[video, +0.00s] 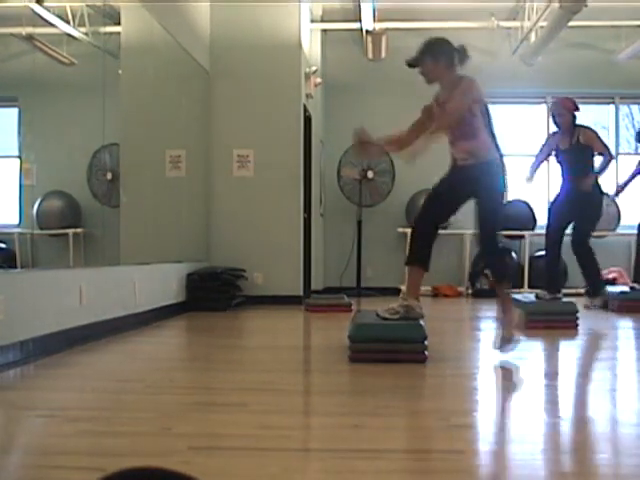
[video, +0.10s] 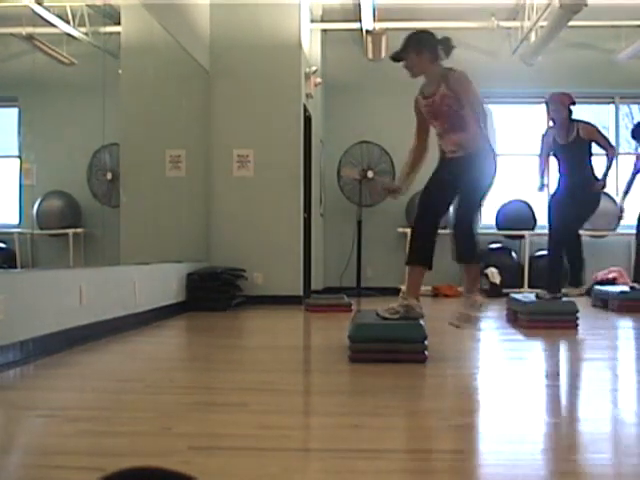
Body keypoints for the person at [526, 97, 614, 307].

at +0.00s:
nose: (558, 120)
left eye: (561, 115)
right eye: (555, 116)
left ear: (572, 115)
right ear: (552, 118)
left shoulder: (586, 134)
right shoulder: (554, 139)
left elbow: (608, 156)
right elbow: (540, 158)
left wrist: (596, 175)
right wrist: (531, 174)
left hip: (589, 194)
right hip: (567, 193)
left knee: (579, 241)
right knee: (552, 237)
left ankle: (596, 291)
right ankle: (552, 289)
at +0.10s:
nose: (553, 112)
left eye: (557, 107)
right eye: (551, 108)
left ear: (567, 108)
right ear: (549, 111)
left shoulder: (585, 130)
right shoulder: (549, 136)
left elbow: (611, 152)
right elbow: (544, 159)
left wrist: (603, 179)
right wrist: (542, 181)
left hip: (587, 188)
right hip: (564, 188)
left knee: (568, 229)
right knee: (556, 236)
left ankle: (576, 282)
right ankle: (553, 287)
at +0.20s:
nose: (552, 115)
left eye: (556, 111)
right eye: (549, 111)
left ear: (567, 111)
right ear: (546, 113)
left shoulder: (585, 128)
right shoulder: (547, 136)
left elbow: (607, 144)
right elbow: (549, 161)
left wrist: (606, 171)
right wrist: (548, 182)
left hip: (586, 186)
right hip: (562, 188)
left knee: (566, 229)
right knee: (556, 233)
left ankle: (557, 284)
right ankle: (552, 284)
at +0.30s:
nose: (544, 111)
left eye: (548, 107)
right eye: (545, 107)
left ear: (561, 111)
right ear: (556, 111)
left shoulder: (584, 128)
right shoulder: (551, 134)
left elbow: (612, 149)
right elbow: (546, 162)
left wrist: (606, 174)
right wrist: (543, 182)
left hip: (585, 189)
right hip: (562, 190)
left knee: (566, 233)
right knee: (555, 235)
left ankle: (557, 286)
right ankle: (551, 285)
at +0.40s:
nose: (554, 113)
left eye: (558, 109)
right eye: (553, 109)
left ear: (570, 108)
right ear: (553, 111)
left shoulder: (587, 126)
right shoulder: (555, 132)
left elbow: (611, 145)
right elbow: (542, 150)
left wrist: (596, 155)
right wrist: (530, 159)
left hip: (588, 187)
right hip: (566, 187)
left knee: (570, 231)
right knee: (557, 232)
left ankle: (567, 284)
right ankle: (552, 285)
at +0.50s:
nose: (560, 111)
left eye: (564, 107)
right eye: (559, 107)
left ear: (576, 107)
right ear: (562, 109)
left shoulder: (593, 124)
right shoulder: (563, 130)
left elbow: (603, 131)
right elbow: (539, 138)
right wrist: (518, 132)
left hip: (595, 189)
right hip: (573, 190)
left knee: (584, 235)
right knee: (561, 237)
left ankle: (597, 290)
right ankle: (552, 288)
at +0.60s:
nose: (568, 117)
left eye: (572, 112)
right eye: (568, 112)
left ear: (584, 113)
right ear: (569, 115)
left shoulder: (593, 132)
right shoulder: (574, 134)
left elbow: (586, 115)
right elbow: (545, 128)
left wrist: (571, 98)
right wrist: (531, 109)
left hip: (600, 196)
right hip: (582, 197)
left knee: (599, 246)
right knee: (561, 240)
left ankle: (620, 298)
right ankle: (553, 290)